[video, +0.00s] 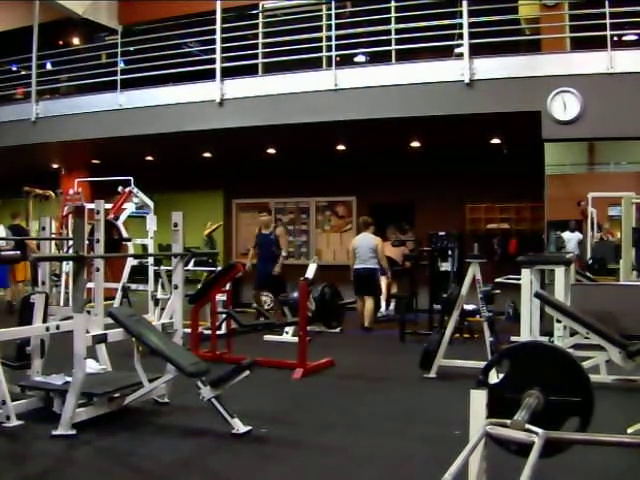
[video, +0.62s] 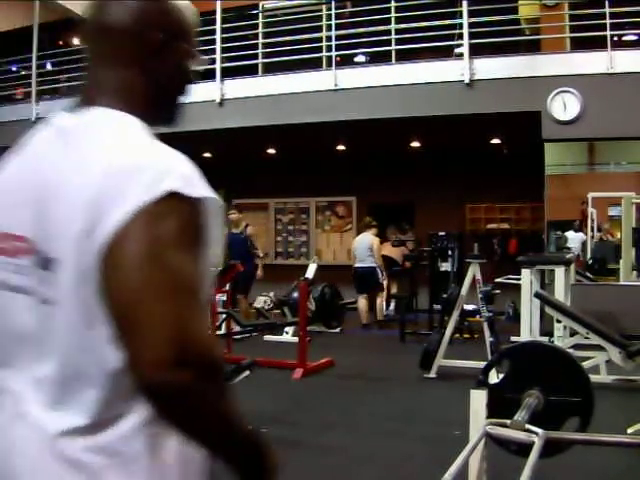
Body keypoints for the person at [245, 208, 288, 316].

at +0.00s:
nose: (262, 219)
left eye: (264, 216)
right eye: (260, 216)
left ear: (271, 217)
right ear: (258, 218)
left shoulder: (278, 230)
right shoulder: (259, 230)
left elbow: (284, 249)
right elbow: (253, 247)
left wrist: (279, 265)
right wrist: (249, 261)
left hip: (273, 265)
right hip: (261, 265)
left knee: (275, 292)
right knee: (257, 291)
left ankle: (278, 314)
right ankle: (259, 313)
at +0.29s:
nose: (246, 221)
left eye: (249, 218)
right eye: (244, 218)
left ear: (255, 218)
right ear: (243, 220)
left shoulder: (263, 231)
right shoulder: (245, 234)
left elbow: (268, 251)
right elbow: (243, 251)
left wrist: (260, 264)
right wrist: (240, 262)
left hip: (260, 266)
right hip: (248, 266)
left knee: (262, 295)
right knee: (249, 294)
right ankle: (250, 320)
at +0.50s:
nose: (237, 217)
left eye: (240, 214)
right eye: (236, 214)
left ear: (246, 215)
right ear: (234, 217)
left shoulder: (254, 229)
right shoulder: (233, 231)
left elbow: (263, 250)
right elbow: (229, 246)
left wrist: (260, 267)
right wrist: (226, 258)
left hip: (251, 266)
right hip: (238, 266)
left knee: (249, 294)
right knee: (238, 295)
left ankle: (254, 319)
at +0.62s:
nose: (231, 217)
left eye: (234, 214)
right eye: (230, 214)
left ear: (240, 215)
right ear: (228, 217)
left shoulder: (248, 231)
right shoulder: (229, 234)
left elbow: (256, 250)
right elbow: (226, 251)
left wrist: (260, 267)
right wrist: (225, 266)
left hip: (248, 266)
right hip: (234, 266)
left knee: (241, 295)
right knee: (233, 296)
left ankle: (246, 323)